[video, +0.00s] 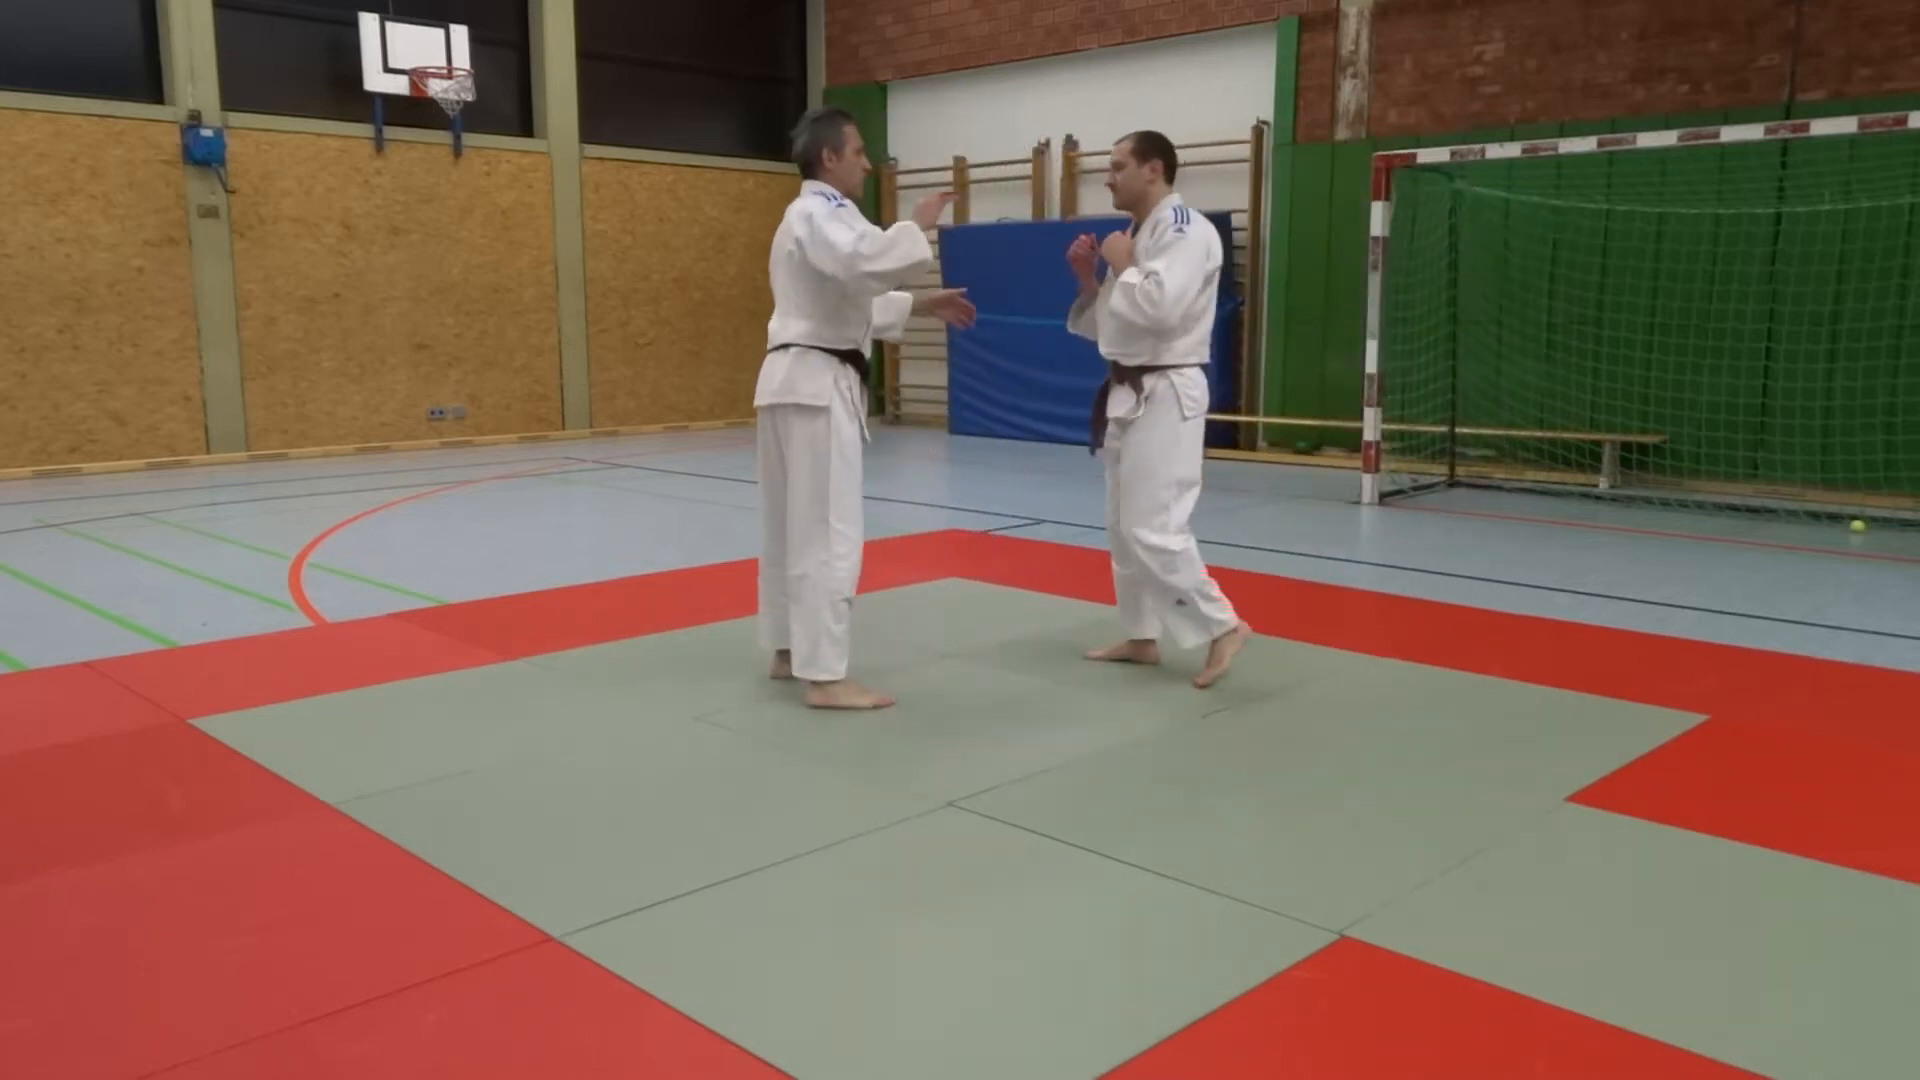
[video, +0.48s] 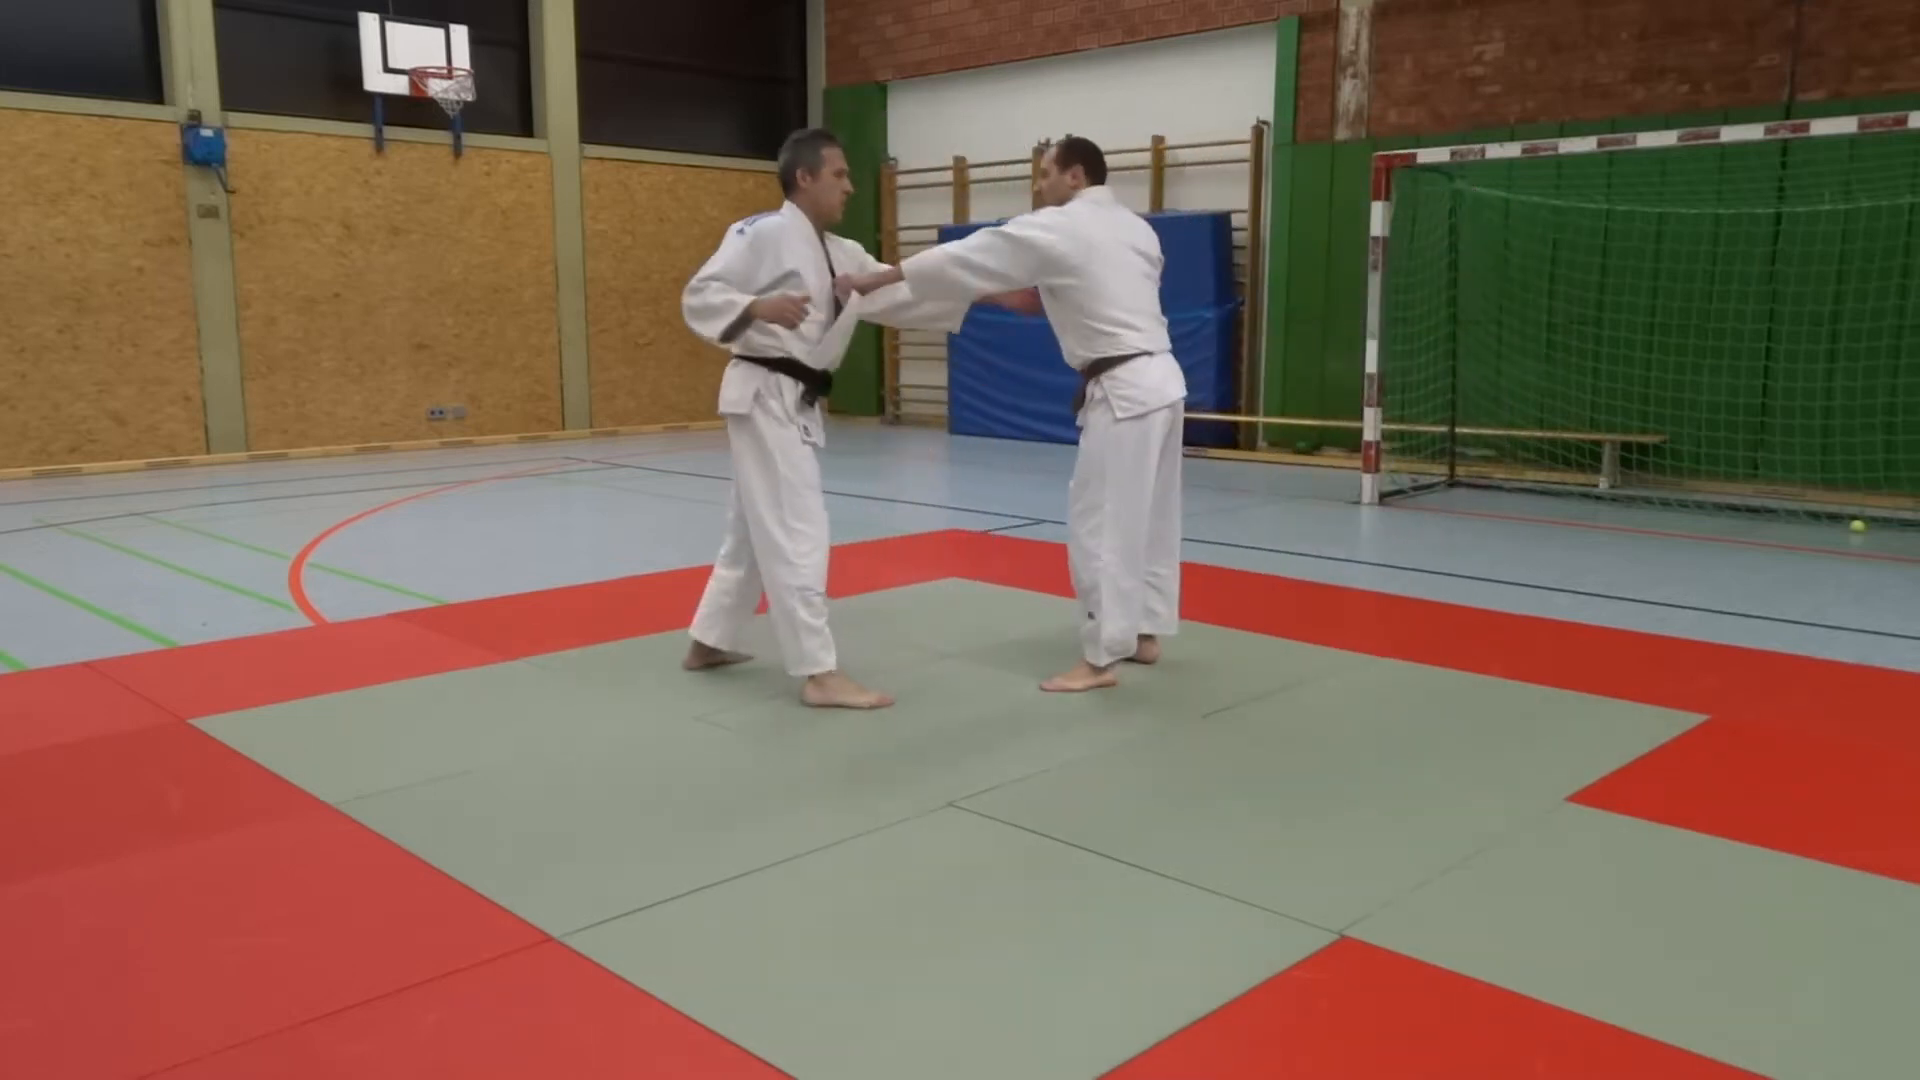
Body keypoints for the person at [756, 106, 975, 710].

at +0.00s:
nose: (867, 163)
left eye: (865, 152)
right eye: (859, 152)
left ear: (818, 159)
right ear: (831, 156)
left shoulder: (802, 215)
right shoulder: (822, 212)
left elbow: (847, 307)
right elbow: (857, 264)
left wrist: (923, 304)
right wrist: (917, 227)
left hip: (787, 378)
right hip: (818, 382)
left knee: (792, 520)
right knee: (830, 530)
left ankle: (789, 651)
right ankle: (825, 679)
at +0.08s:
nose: (868, 166)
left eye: (866, 154)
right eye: (861, 155)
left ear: (822, 162)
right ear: (832, 159)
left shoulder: (810, 216)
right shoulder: (820, 215)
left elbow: (847, 301)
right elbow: (871, 257)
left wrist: (912, 300)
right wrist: (923, 228)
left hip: (792, 380)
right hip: (811, 385)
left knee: (803, 523)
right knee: (826, 532)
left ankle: (789, 646)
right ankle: (822, 680)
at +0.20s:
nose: (866, 168)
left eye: (864, 156)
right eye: (858, 156)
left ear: (826, 162)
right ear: (828, 160)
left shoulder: (826, 221)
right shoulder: (807, 218)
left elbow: (853, 297)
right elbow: (842, 276)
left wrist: (918, 292)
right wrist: (916, 261)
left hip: (809, 383)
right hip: (801, 387)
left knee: (804, 517)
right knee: (823, 532)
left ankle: (771, 628)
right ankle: (821, 680)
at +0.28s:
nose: (859, 169)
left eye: (857, 158)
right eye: (851, 158)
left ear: (818, 164)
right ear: (821, 163)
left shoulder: (825, 224)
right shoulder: (801, 223)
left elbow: (866, 290)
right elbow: (800, 293)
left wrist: (939, 294)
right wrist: (881, 286)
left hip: (807, 387)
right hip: (794, 389)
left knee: (790, 520)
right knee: (815, 532)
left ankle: (742, 631)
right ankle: (820, 679)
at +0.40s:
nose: (852, 182)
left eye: (851, 170)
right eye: (843, 170)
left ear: (814, 176)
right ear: (808, 175)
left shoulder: (839, 241)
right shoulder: (774, 232)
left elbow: (905, 279)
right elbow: (728, 301)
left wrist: (982, 292)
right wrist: (801, 307)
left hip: (805, 395)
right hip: (776, 393)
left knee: (762, 525)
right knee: (809, 532)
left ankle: (713, 641)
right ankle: (820, 679)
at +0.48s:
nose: (849, 187)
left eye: (848, 176)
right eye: (838, 176)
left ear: (820, 181)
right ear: (802, 179)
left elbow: (907, 292)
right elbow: (700, 297)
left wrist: (987, 293)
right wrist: (758, 306)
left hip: (800, 400)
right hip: (762, 393)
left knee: (758, 522)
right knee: (800, 528)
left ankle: (708, 641)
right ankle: (819, 674)